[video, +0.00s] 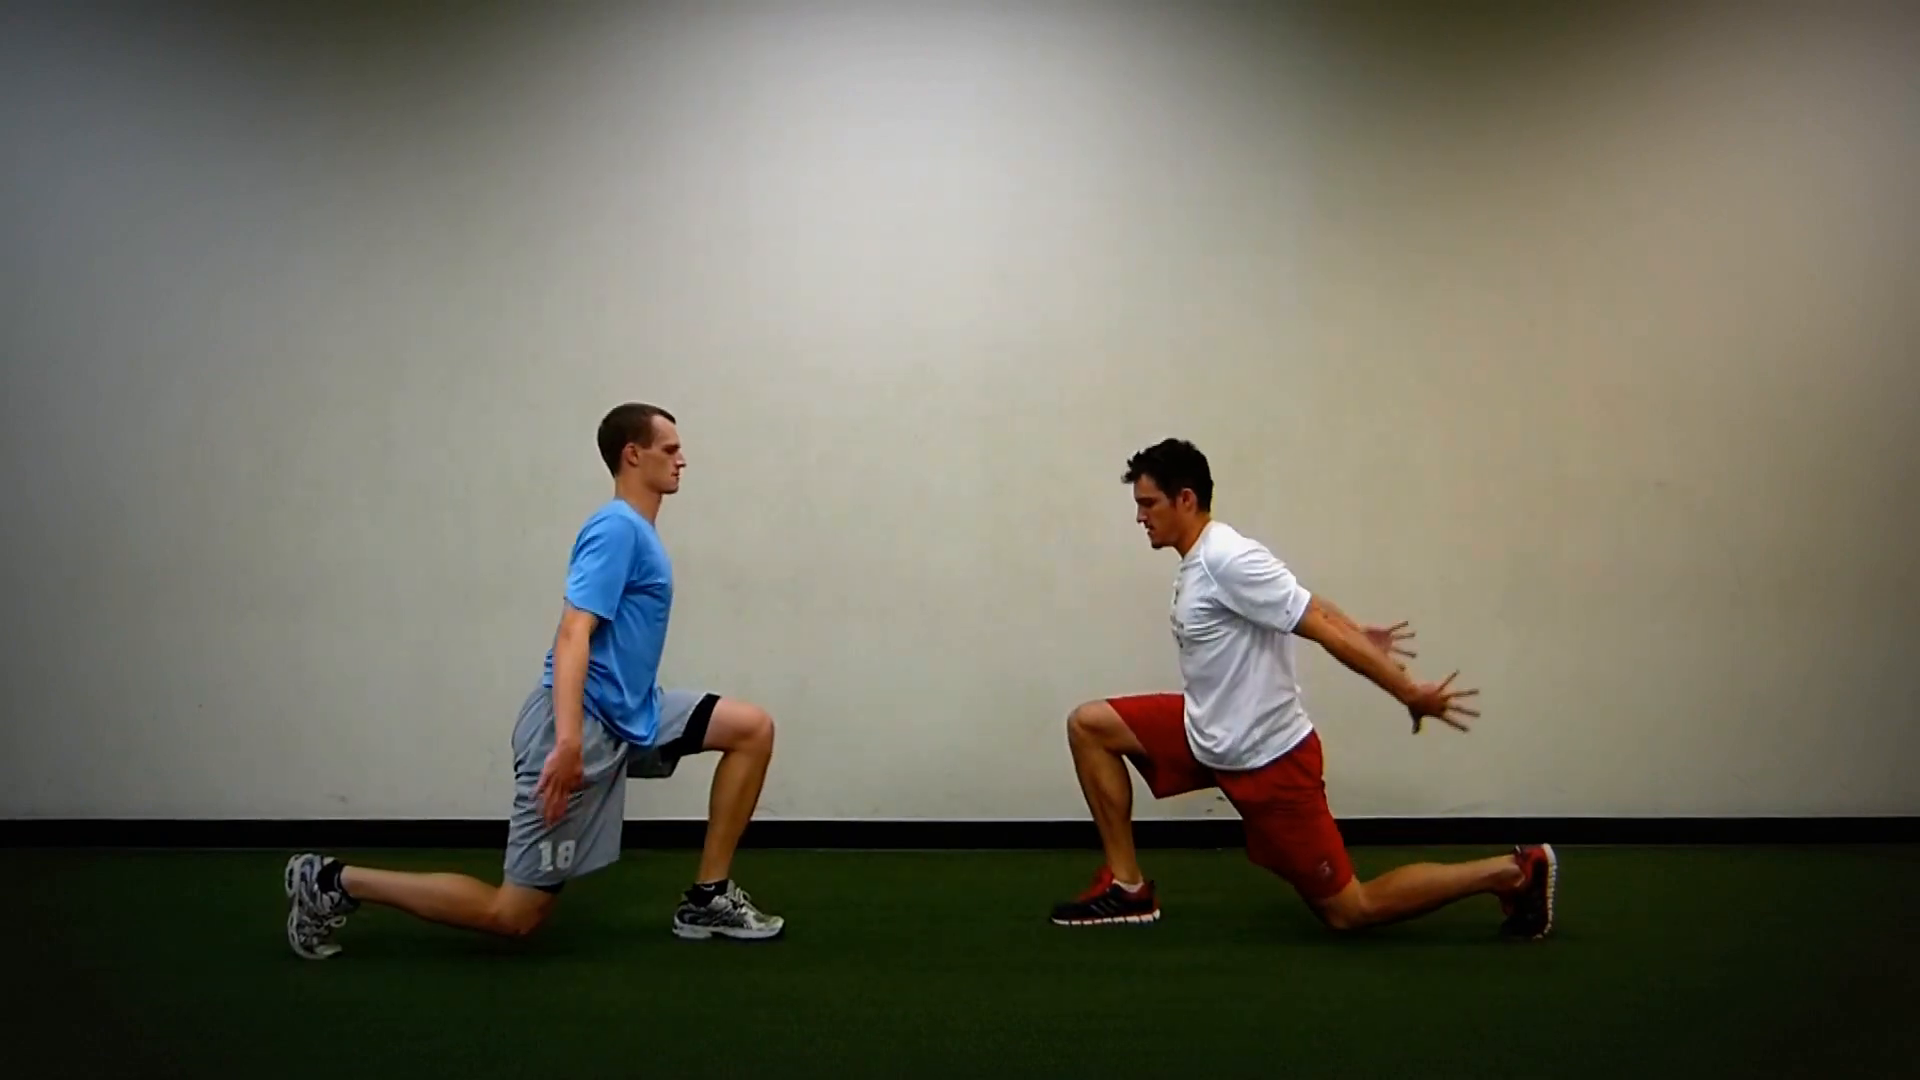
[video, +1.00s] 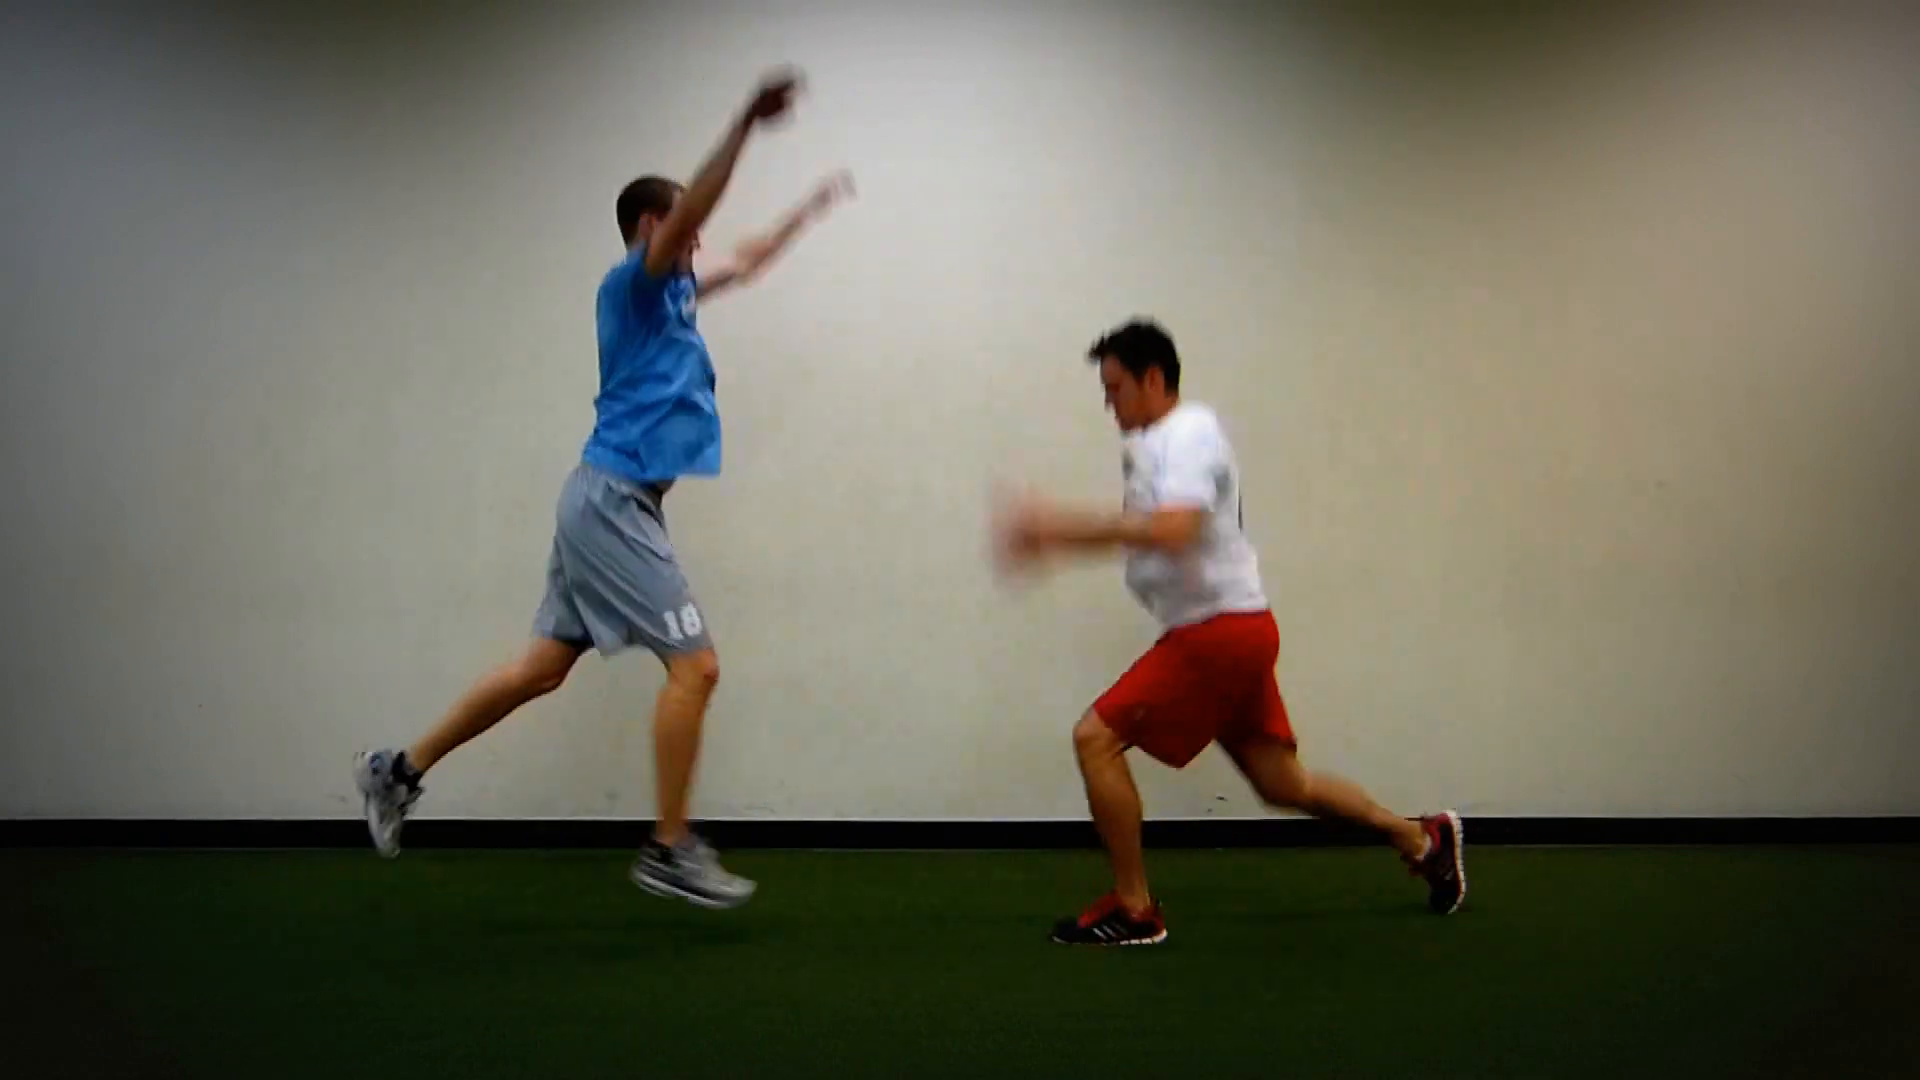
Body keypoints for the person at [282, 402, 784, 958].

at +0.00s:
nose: (681, 461)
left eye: (680, 450)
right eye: (671, 450)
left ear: (640, 457)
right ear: (634, 456)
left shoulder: (637, 530)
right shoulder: (614, 530)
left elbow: (599, 637)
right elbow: (573, 637)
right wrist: (569, 740)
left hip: (628, 709)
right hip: (575, 722)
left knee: (752, 730)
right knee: (517, 914)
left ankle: (711, 897)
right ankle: (332, 882)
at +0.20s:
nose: (688, 465)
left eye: (685, 453)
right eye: (677, 454)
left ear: (644, 464)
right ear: (639, 463)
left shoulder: (640, 536)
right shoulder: (620, 537)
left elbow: (559, 636)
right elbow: (555, 636)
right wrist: (518, 742)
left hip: (630, 713)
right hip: (580, 725)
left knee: (754, 730)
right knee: (519, 918)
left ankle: (711, 897)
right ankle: (333, 881)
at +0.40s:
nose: (677, 440)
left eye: (674, 429)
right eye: (664, 430)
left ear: (638, 440)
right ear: (628, 440)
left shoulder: (640, 516)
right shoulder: (616, 514)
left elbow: (661, 626)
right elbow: (637, 635)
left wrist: (709, 684)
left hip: (621, 693)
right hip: (568, 700)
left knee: (744, 726)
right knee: (505, 890)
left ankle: (711, 896)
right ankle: (317, 883)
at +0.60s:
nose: (683, 295)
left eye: (678, 284)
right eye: (670, 287)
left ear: (641, 306)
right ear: (635, 302)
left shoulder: (664, 363)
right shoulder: (633, 355)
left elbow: (738, 306)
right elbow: (718, 289)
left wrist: (780, 223)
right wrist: (776, 197)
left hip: (634, 593)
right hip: (582, 582)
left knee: (708, 710)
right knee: (482, 734)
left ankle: (711, 889)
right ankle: (339, 859)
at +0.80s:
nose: (700, 178)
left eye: (703, 165)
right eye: (687, 163)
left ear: (692, 177)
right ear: (653, 174)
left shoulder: (675, 248)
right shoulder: (636, 236)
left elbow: (704, 138)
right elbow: (685, 129)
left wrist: (716, 49)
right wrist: (700, 27)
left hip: (636, 470)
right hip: (603, 460)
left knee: (604, 649)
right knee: (597, 646)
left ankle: (525, 801)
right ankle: (458, 770)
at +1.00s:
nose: (696, 242)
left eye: (697, 229)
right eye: (684, 228)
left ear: (674, 235)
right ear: (645, 230)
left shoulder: (671, 293)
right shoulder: (631, 286)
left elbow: (746, 264)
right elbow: (688, 213)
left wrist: (805, 211)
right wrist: (747, 123)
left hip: (603, 502)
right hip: (612, 504)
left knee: (543, 666)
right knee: (694, 668)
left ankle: (401, 770)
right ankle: (671, 845)